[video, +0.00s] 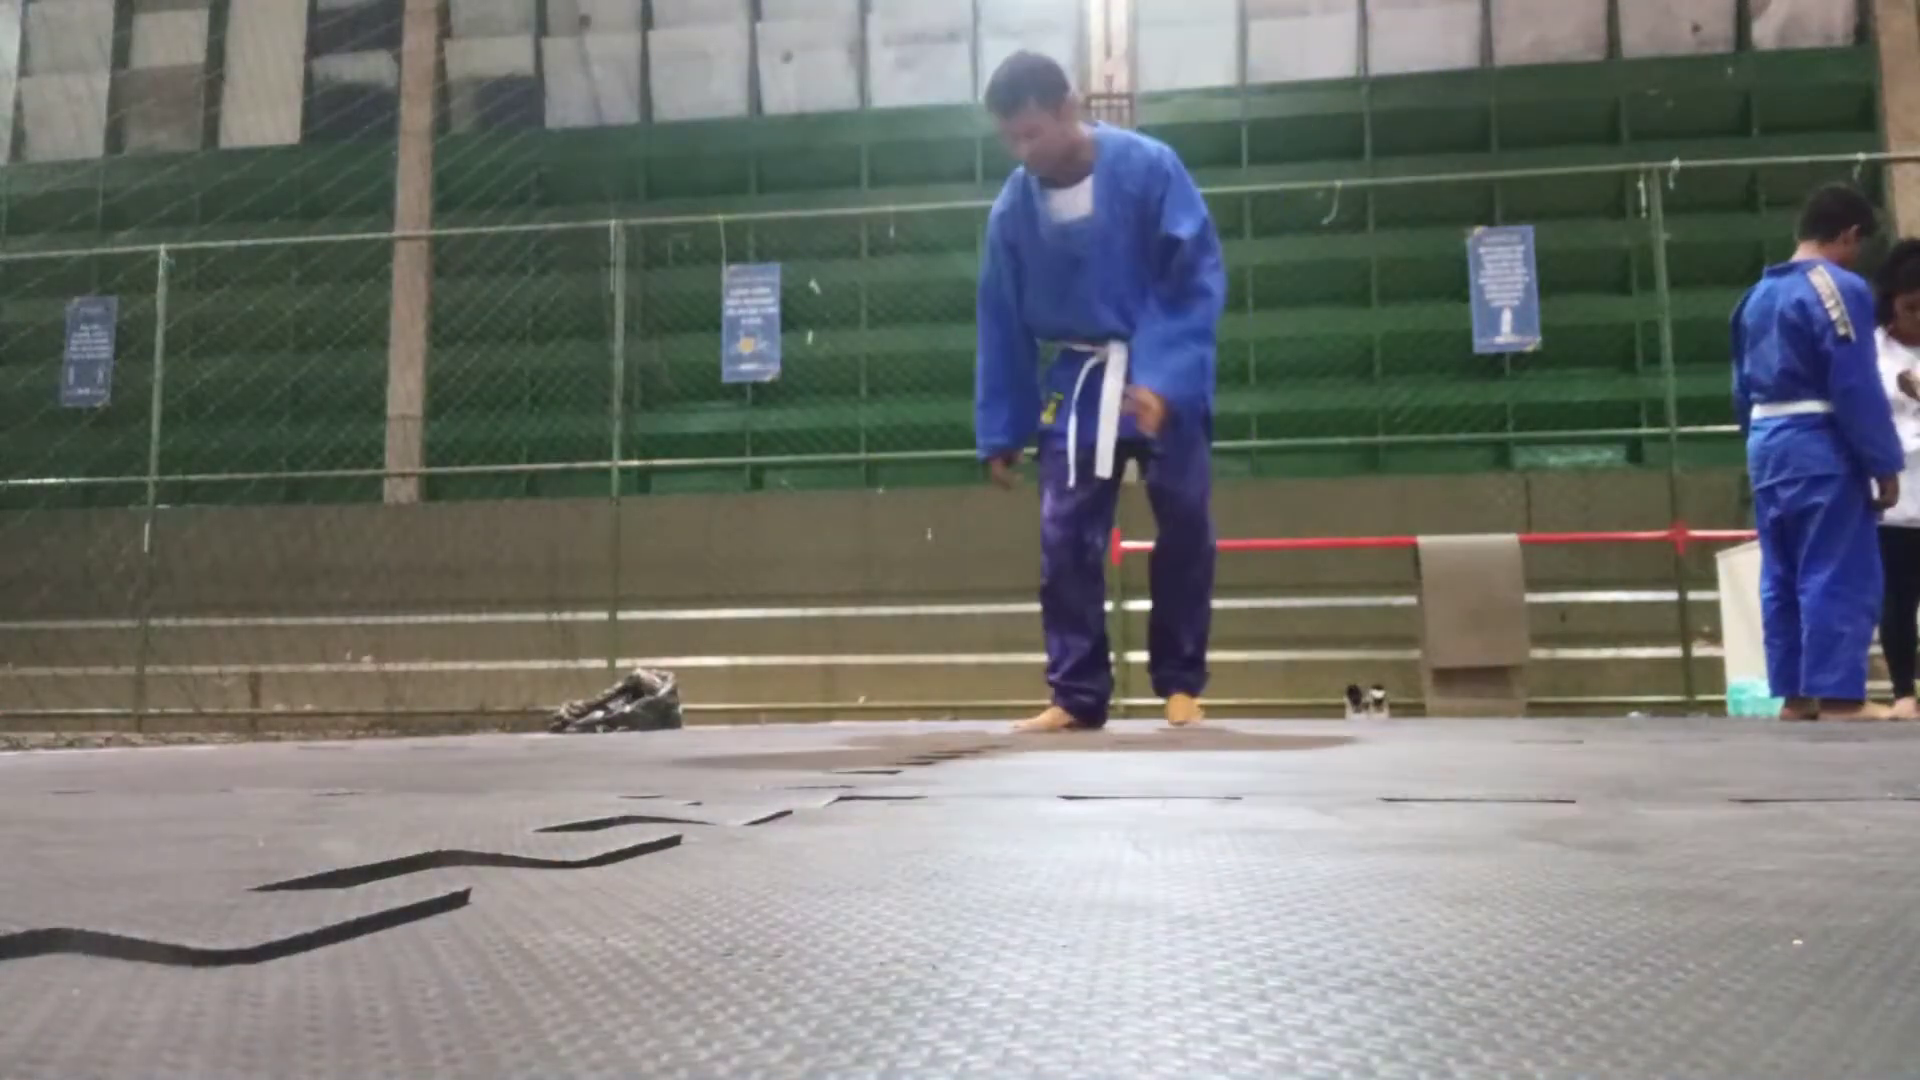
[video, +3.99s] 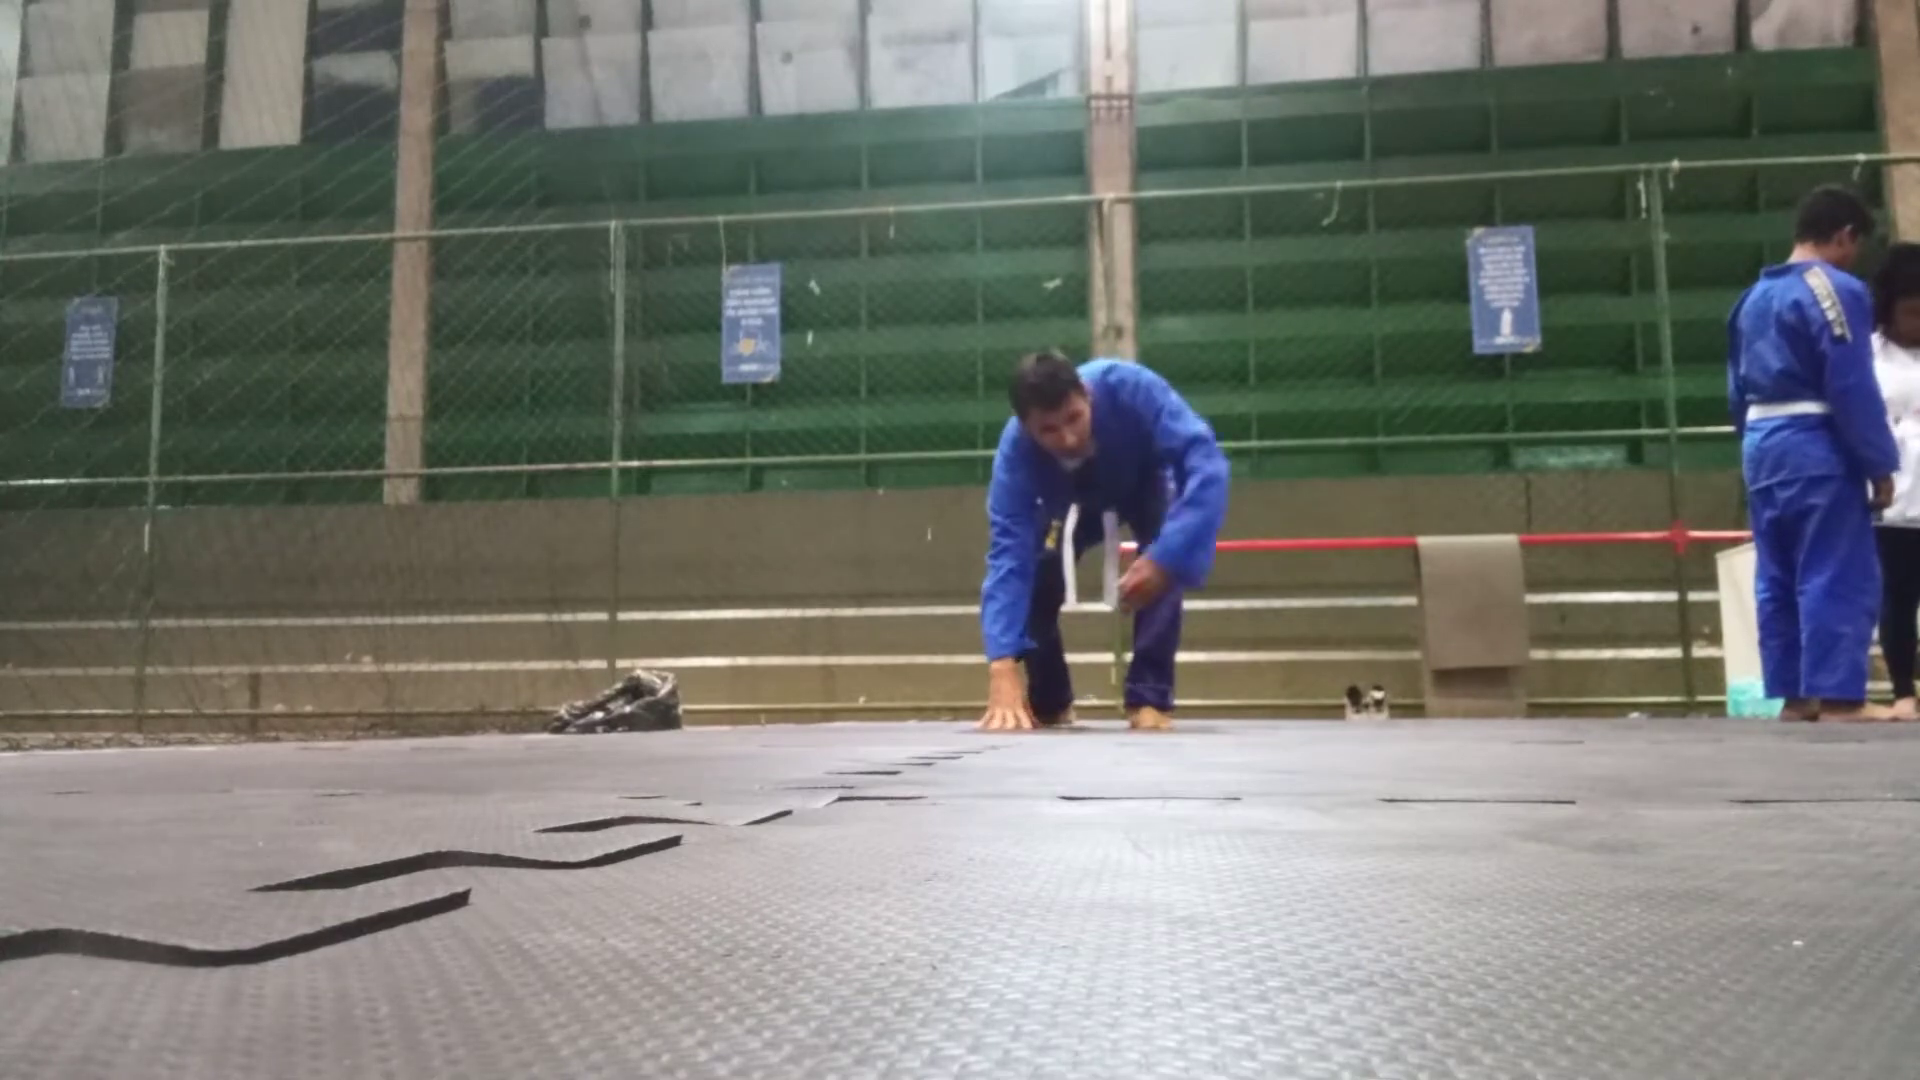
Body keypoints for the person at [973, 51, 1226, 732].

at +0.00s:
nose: (1024, 151)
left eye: (1034, 134)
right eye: (1013, 139)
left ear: (1072, 111)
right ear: (1002, 134)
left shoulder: (1148, 169)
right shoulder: (1013, 210)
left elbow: (1197, 283)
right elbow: (999, 321)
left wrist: (1162, 379)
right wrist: (1000, 422)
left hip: (1163, 352)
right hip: (1078, 361)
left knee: (1185, 515)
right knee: (1064, 526)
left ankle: (1181, 686)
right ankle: (1077, 698)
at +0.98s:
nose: (1057, 251)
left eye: (1062, 236)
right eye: (1046, 242)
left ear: (1089, 211)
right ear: (1037, 234)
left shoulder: (1155, 258)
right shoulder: (1041, 286)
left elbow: (1201, 354)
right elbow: (1031, 384)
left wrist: (1186, 442)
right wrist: (1031, 467)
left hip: (1153, 414)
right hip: (1078, 422)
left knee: (1160, 539)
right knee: (1070, 560)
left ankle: (1166, 688)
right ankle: (1090, 700)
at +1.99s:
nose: (1038, 344)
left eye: (1048, 330)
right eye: (1025, 333)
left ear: (1069, 320)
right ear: (1010, 331)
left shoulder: (1117, 368)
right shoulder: (999, 376)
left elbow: (1109, 477)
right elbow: (983, 453)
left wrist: (1033, 552)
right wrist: (982, 520)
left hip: (1133, 475)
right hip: (1064, 480)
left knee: (1143, 550)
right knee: (1006, 574)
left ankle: (1144, 696)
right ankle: (1039, 702)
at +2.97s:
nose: (1062, 464)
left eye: (1072, 454)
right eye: (1051, 458)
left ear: (1095, 419)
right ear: (1031, 437)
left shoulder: (1137, 399)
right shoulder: (1015, 443)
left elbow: (1135, 514)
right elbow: (1008, 539)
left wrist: (1056, 578)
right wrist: (1001, 644)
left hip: (1142, 469)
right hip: (1065, 481)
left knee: (1158, 547)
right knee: (1027, 571)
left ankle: (1150, 696)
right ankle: (1040, 700)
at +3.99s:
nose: (1067, 439)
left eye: (1074, 420)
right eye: (1050, 431)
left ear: (1087, 399)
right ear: (1027, 427)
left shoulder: (1127, 387)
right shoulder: (1017, 450)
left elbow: (1209, 467)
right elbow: (1008, 553)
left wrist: (1163, 560)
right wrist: (1003, 670)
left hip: (1144, 487)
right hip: (1076, 498)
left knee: (1160, 570)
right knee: (1033, 584)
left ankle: (1149, 703)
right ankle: (1049, 705)